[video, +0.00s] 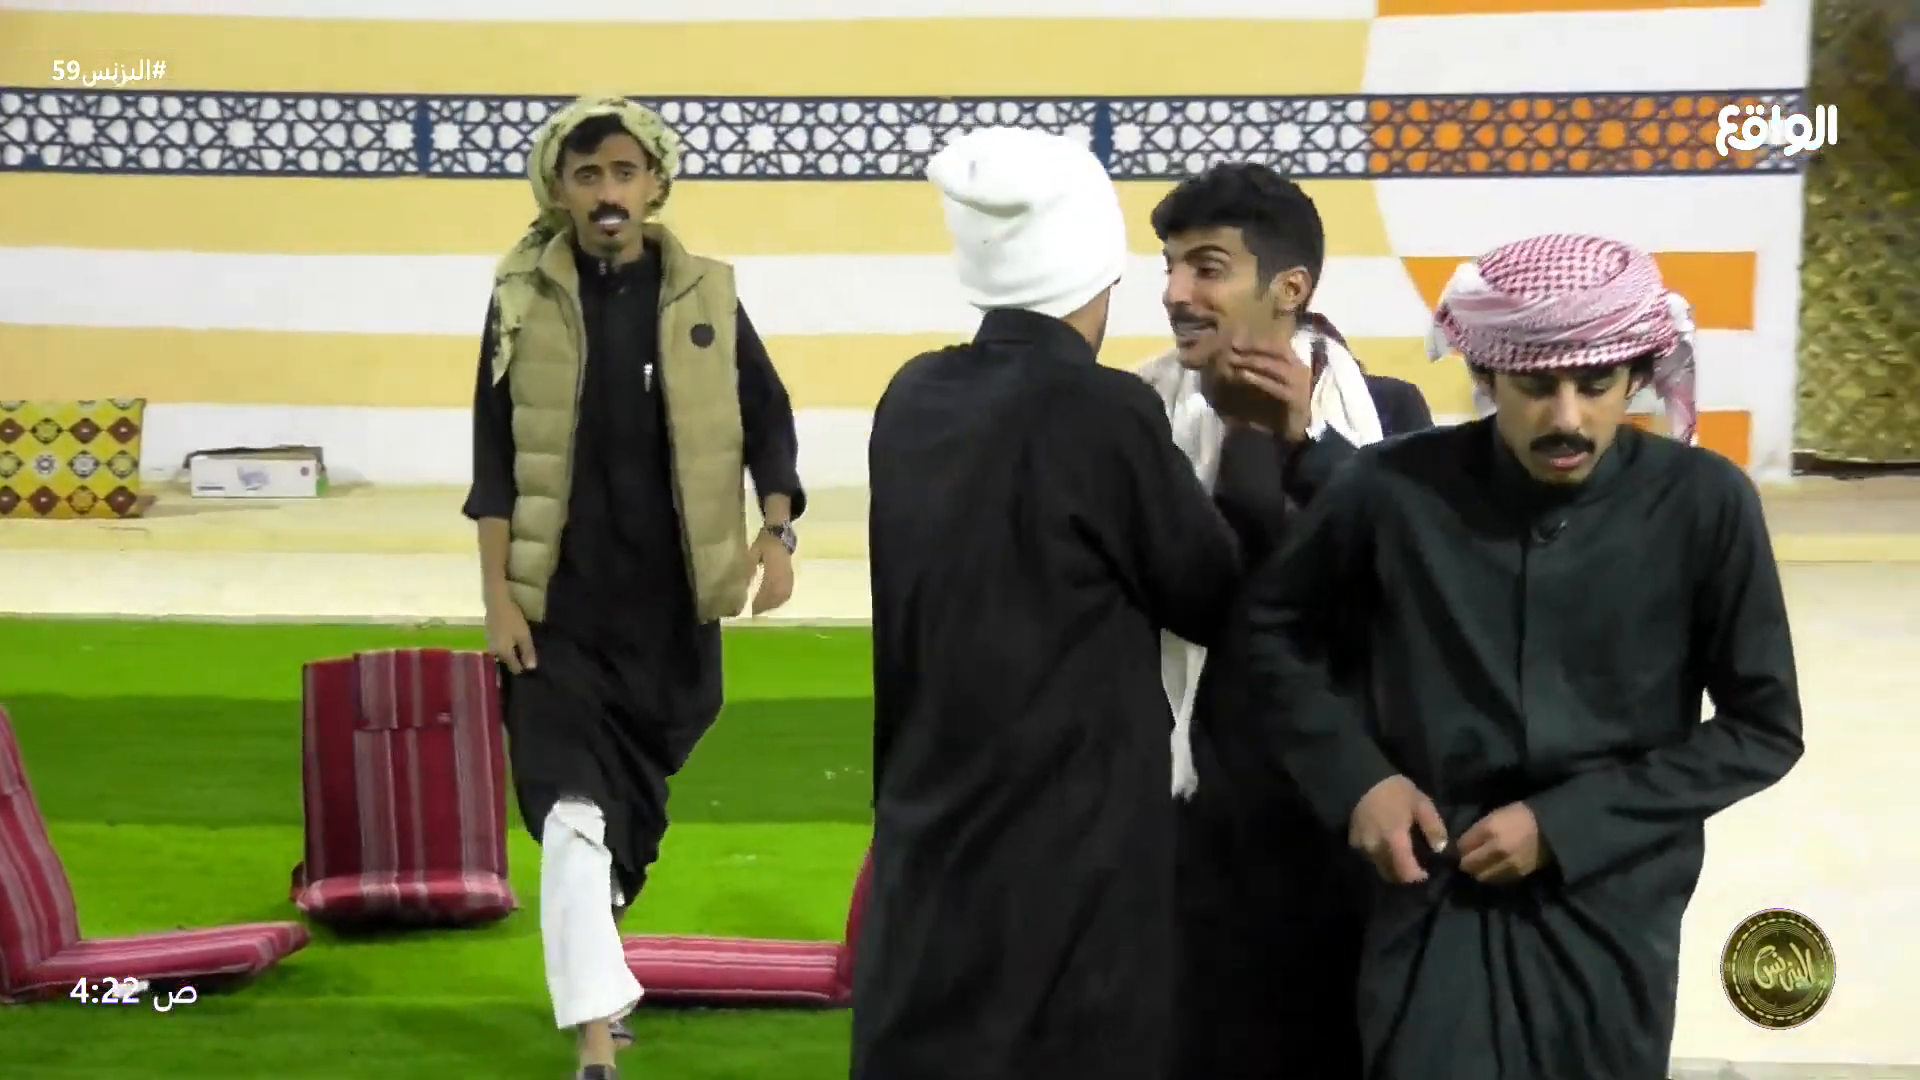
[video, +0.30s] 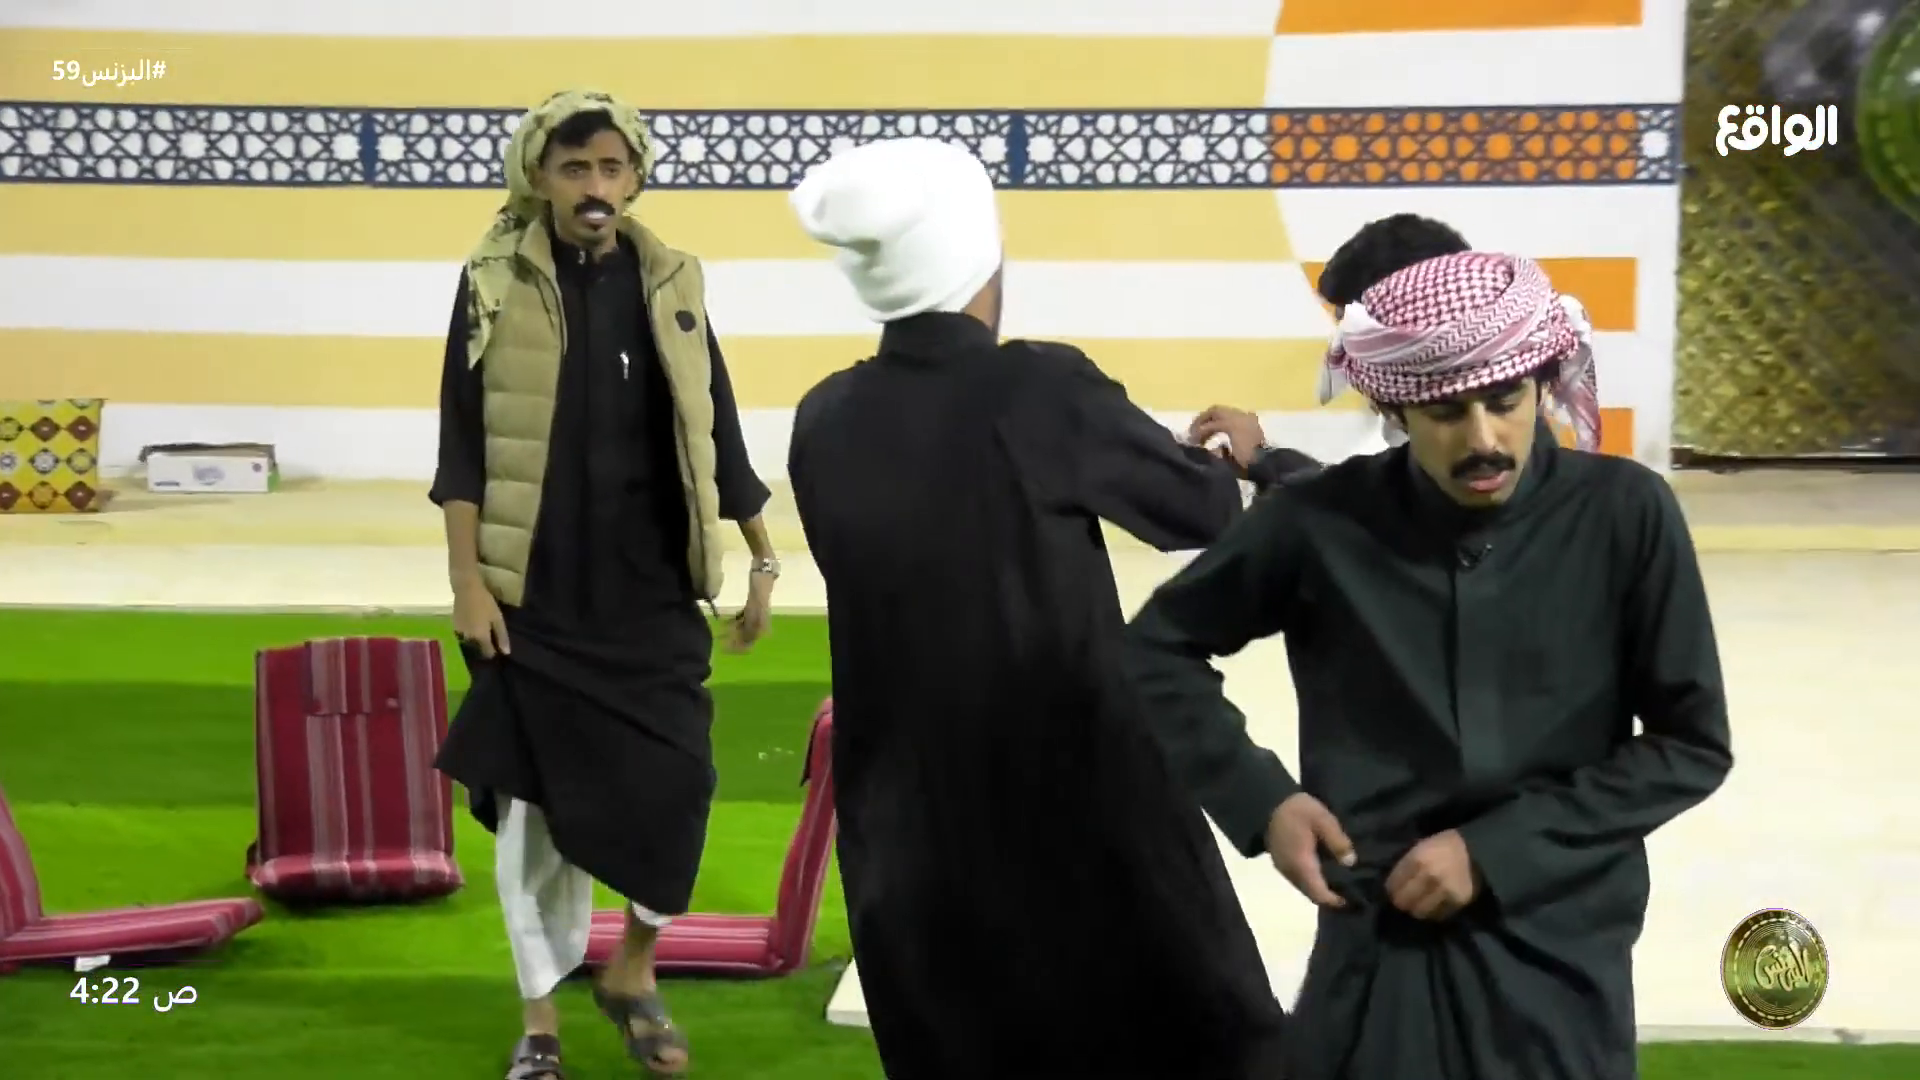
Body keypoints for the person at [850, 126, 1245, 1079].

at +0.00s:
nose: (1128, 286)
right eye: (1120, 265)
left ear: (984, 277)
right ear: (1099, 281)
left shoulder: (909, 400)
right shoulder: (1109, 412)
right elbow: (1211, 596)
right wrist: (1259, 438)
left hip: (929, 838)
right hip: (1083, 844)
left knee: (926, 1047)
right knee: (1084, 1050)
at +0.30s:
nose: (1001, 265)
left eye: (988, 243)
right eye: (994, 246)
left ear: (876, 280)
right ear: (985, 266)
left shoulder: (821, 422)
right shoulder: (1046, 389)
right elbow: (1208, 511)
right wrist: (1227, 449)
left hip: (907, 828)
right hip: (1073, 812)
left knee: (953, 1046)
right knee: (1131, 1034)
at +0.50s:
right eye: (963, 237)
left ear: (847, 283)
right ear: (962, 260)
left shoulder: (808, 415)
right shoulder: (1056, 372)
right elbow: (1237, 491)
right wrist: (1167, 528)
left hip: (908, 825)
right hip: (1082, 801)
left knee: (942, 1046)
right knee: (1171, 1037)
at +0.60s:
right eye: (969, 223)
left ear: (853, 269)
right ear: (969, 248)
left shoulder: (815, 407)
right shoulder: (1063, 370)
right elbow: (1246, 467)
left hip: (909, 836)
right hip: (1080, 816)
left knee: (938, 1045)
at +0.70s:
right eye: (984, 226)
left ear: (874, 268)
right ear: (989, 252)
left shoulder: (826, 403)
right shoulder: (1072, 377)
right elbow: (1199, 498)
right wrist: (1147, 369)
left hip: (901, 822)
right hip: (1065, 811)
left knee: (924, 1049)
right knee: (1116, 1047)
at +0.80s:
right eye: (994, 248)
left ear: (882, 280)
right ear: (996, 270)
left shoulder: (838, 422)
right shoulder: (1076, 397)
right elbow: (1129, 545)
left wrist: (1053, 375)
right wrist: (1082, 372)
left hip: (912, 837)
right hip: (1077, 831)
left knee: (916, 1051)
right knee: (1091, 1046)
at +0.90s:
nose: (841, 353)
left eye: (845, 339)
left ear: (860, 361)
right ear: (969, 343)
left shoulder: (844, 481)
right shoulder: (1066, 450)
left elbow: (860, 628)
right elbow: (1100, 600)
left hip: (939, 849)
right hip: (1098, 841)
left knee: (901, 1054)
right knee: (1093, 1052)